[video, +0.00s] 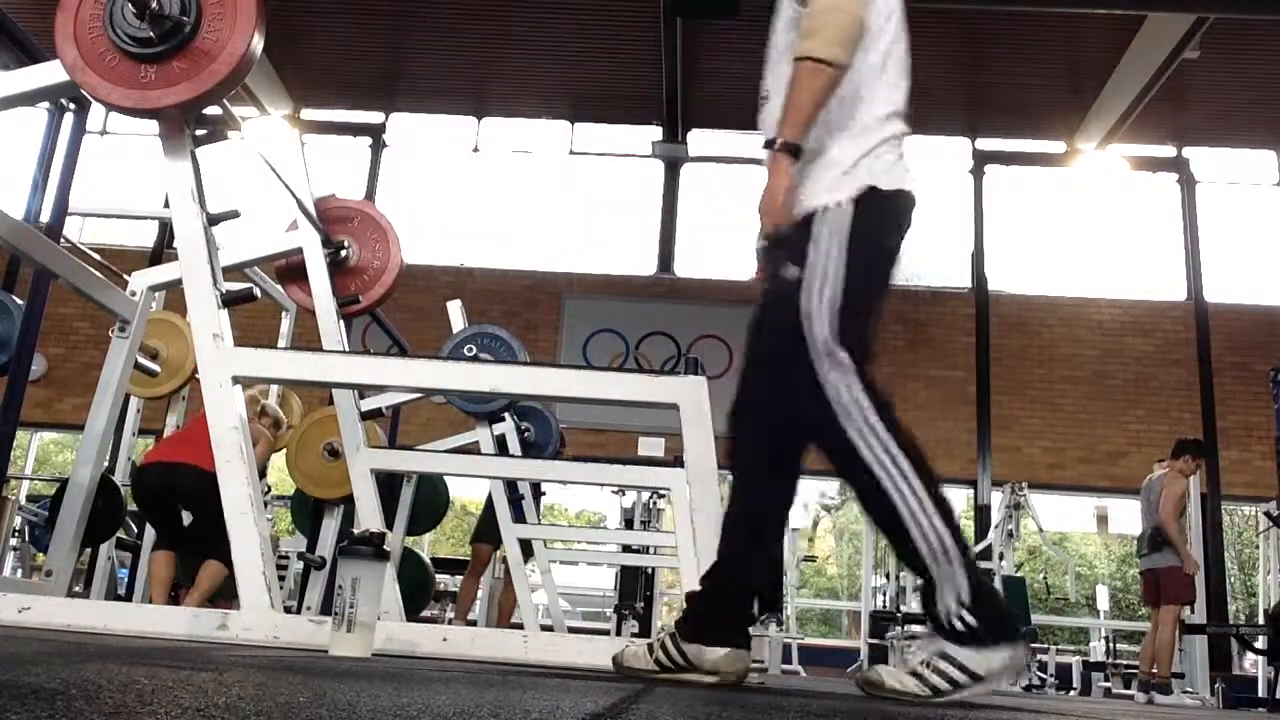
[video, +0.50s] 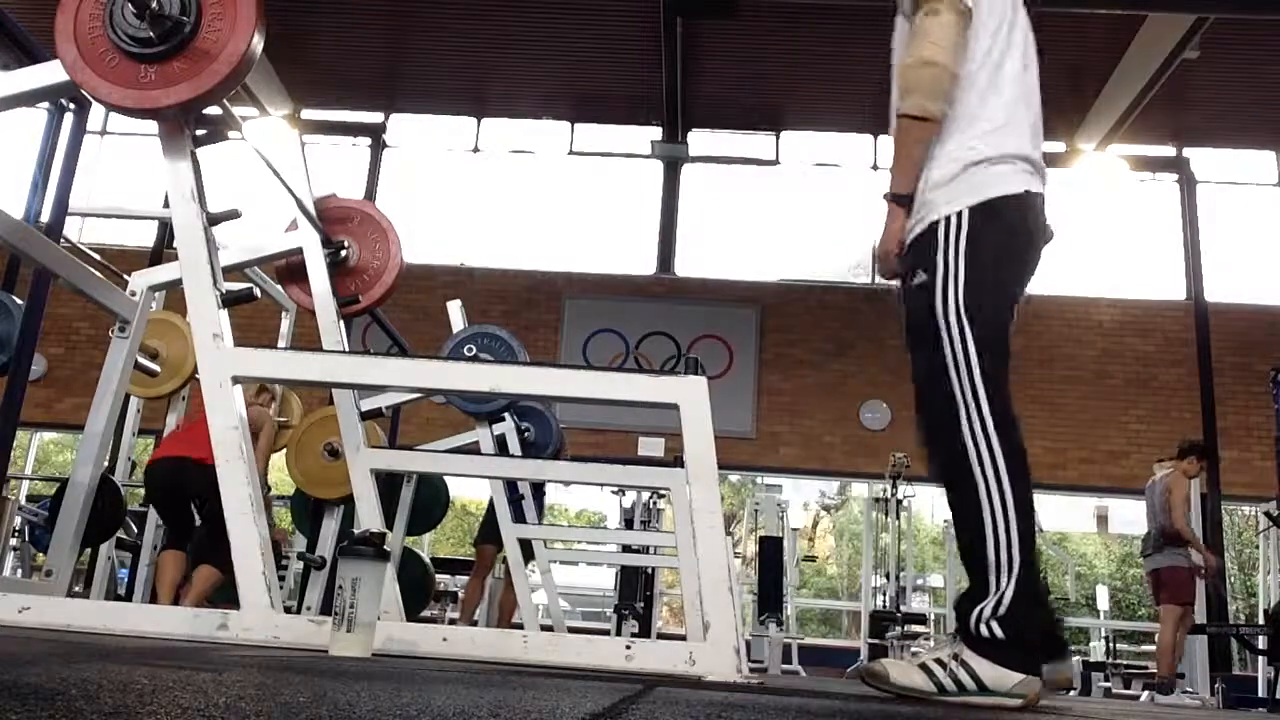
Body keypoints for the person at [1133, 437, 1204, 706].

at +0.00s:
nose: (1196, 472)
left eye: (1198, 467)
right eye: (1196, 466)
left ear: (1177, 459)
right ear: (1185, 459)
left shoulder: (1150, 480)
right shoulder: (1176, 480)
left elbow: (1151, 522)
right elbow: (1166, 517)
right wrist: (1185, 556)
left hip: (1149, 562)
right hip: (1170, 561)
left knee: (1156, 624)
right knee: (1167, 625)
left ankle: (1143, 684)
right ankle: (1163, 687)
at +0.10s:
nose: (1196, 472)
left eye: (1198, 467)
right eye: (1196, 466)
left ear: (1178, 458)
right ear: (1186, 459)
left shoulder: (1152, 479)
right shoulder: (1176, 480)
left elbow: (1153, 522)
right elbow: (1166, 519)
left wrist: (1181, 539)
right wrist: (1186, 559)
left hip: (1150, 562)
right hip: (1169, 562)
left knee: (1157, 624)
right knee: (1167, 625)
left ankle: (1144, 684)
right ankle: (1163, 687)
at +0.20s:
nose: (1196, 472)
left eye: (1198, 467)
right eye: (1197, 466)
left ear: (1178, 458)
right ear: (1187, 459)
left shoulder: (1152, 479)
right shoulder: (1177, 480)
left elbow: (1154, 522)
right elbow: (1166, 519)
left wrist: (1181, 540)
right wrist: (1187, 560)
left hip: (1152, 563)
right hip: (1170, 562)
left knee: (1160, 624)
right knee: (1167, 625)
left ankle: (1145, 684)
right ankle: (1163, 687)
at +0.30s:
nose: (1197, 472)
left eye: (1199, 467)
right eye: (1198, 466)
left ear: (1180, 458)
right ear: (1188, 460)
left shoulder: (1153, 481)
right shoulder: (1177, 480)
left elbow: (1156, 526)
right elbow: (1168, 523)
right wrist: (1193, 561)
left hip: (1155, 564)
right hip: (1171, 563)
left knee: (1170, 624)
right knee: (1168, 625)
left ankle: (1148, 682)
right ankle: (1163, 689)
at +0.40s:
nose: (1197, 473)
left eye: (1200, 468)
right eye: (1198, 467)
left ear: (1181, 458)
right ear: (1189, 460)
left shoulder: (1153, 481)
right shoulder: (1178, 480)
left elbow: (1160, 526)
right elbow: (1171, 520)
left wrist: (1196, 555)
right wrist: (1191, 550)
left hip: (1156, 562)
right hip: (1171, 561)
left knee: (1172, 625)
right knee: (1169, 625)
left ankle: (1162, 684)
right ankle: (1162, 687)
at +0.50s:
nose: (1199, 474)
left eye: (1201, 469)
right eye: (1200, 469)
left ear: (1183, 458)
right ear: (1191, 461)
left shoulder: (1154, 481)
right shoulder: (1178, 479)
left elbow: (1158, 527)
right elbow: (1179, 524)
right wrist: (1203, 550)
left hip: (1156, 561)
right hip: (1173, 560)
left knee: (1186, 619)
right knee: (1169, 621)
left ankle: (1170, 679)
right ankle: (1164, 686)